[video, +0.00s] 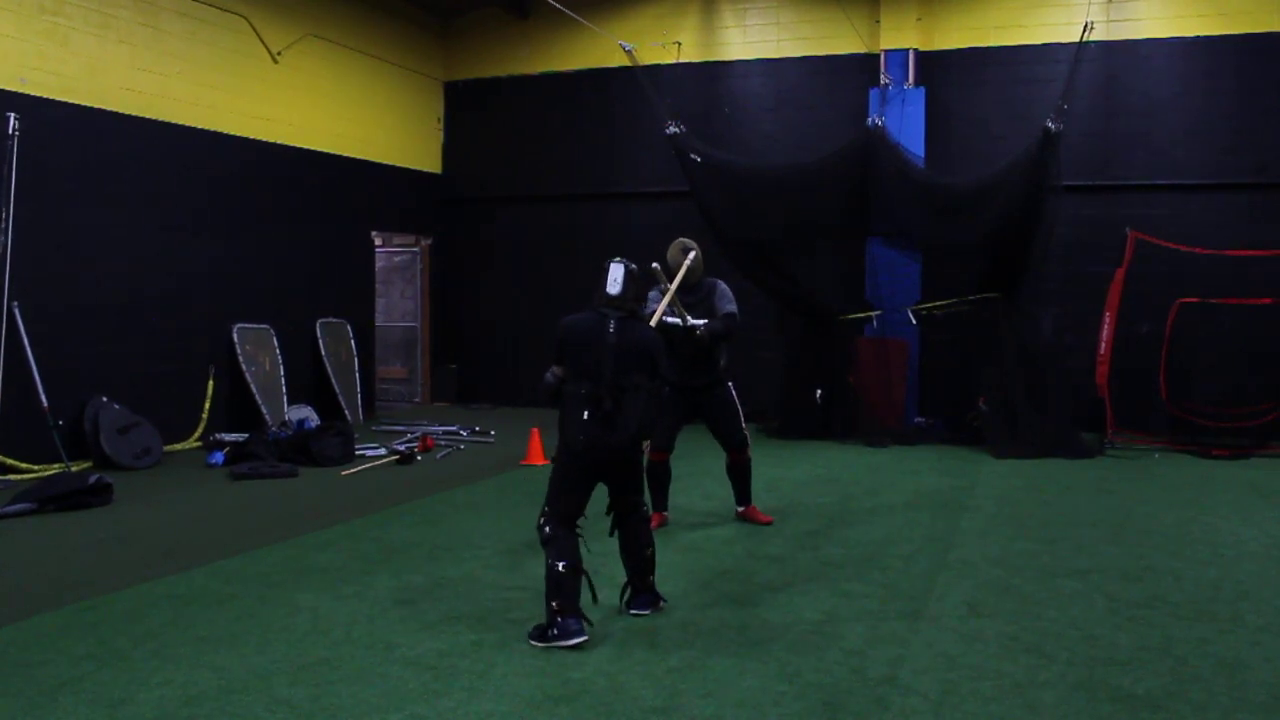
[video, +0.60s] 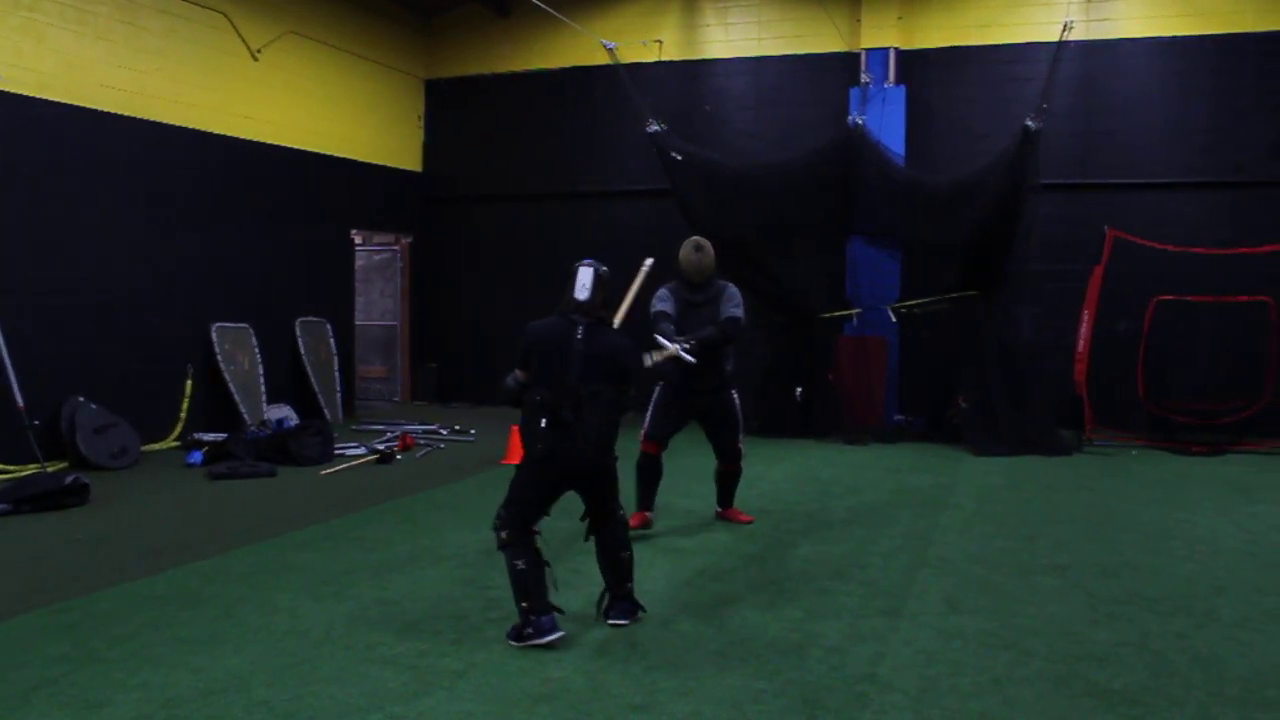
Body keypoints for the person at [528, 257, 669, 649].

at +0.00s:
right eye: (637, 294)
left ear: (599, 291)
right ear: (639, 297)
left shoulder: (574, 328)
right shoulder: (647, 338)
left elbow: (553, 381)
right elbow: (659, 393)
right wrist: (645, 432)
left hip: (579, 446)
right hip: (626, 446)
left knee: (557, 523)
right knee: (632, 512)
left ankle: (566, 618)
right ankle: (643, 593)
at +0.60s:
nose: (586, 300)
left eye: (579, 294)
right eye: (599, 296)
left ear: (567, 294)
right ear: (606, 300)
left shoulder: (540, 334)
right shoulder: (618, 343)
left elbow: (519, 384)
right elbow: (629, 397)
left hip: (546, 456)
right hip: (596, 456)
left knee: (512, 525)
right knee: (608, 520)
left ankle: (537, 617)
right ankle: (621, 602)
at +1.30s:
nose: (487, 318)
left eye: (480, 311)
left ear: (473, 317)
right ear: (519, 315)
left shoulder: (463, 366)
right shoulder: (539, 363)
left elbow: (423, 405)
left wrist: (433, 388)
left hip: (485, 492)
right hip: (538, 488)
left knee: (431, 553)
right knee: (559, 532)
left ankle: (445, 649)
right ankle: (582, 609)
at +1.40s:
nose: (486, 320)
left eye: (479, 314)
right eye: (496, 311)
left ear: (474, 321)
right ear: (520, 318)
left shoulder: (464, 371)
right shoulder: (543, 364)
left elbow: (437, 418)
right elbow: (556, 421)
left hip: (491, 495)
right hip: (546, 489)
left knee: (435, 554)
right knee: (573, 529)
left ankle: (447, 647)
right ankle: (600, 603)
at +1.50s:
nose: (505, 320)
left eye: (498, 312)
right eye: (508, 310)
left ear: (484, 321)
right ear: (530, 318)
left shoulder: (475, 371)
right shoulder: (556, 362)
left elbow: (473, 417)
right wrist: (602, 343)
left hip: (498, 494)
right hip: (554, 490)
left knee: (437, 553)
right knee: (585, 535)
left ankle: (448, 649)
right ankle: (623, 593)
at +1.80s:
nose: (574, 311)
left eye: (570, 303)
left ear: (556, 311)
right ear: (600, 308)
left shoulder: (543, 360)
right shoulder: (625, 354)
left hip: (562, 475)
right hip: (614, 473)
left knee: (514, 543)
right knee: (630, 520)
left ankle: (500, 631)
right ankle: (639, 598)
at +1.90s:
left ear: (571, 301)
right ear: (612, 299)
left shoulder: (557, 350)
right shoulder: (636, 347)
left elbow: (538, 409)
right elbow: (657, 404)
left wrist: (541, 460)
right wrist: (636, 441)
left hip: (572, 464)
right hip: (625, 463)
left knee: (530, 537)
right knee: (635, 520)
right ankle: (641, 600)